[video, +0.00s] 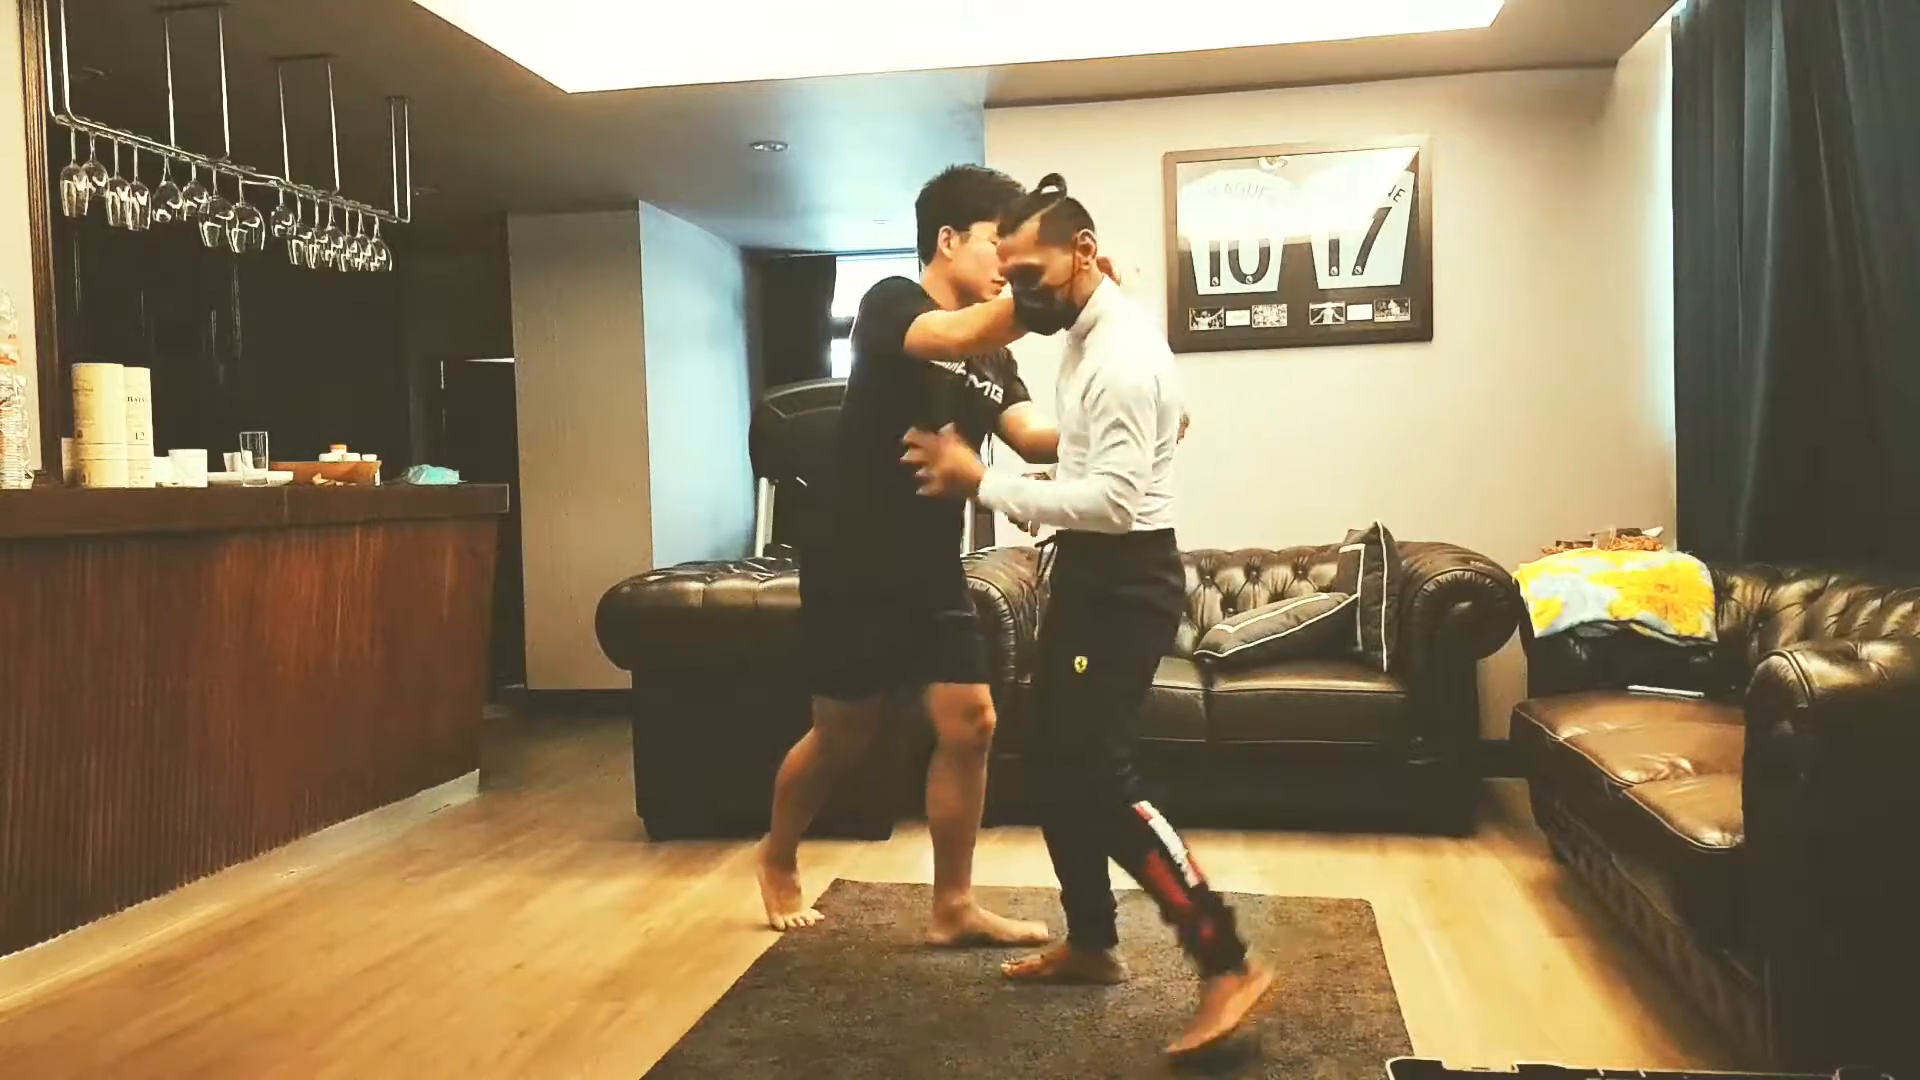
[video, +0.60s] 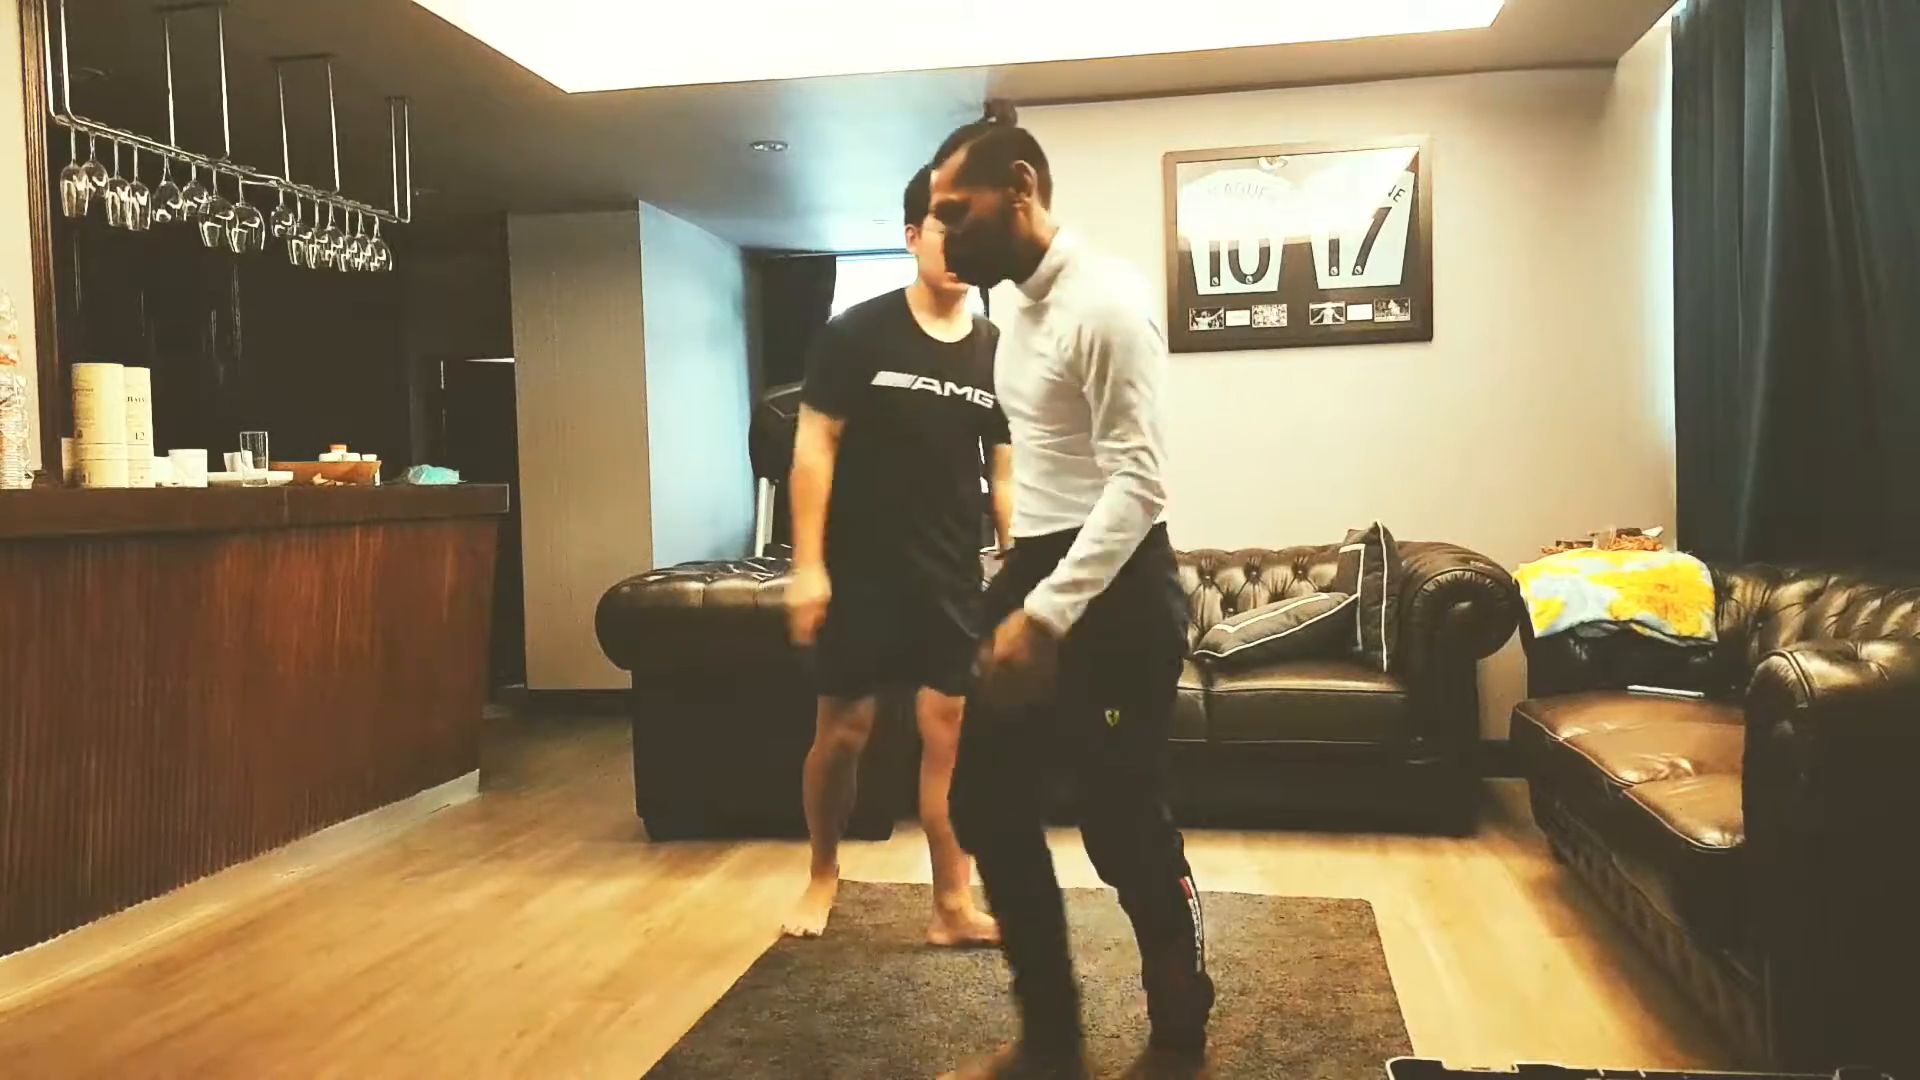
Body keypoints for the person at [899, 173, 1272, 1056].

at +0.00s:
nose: (1021, 290)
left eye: (1030, 271)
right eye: (1015, 274)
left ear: (1081, 252)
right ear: (1067, 259)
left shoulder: (1121, 352)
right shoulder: (1092, 330)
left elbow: (1116, 499)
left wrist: (984, 482)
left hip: (1129, 577)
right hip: (1088, 570)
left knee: (1095, 770)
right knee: (1054, 761)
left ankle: (1229, 967)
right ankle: (1089, 944)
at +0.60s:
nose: (943, 233)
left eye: (956, 210)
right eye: (938, 214)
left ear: (1025, 193)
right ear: (1003, 203)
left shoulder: (1108, 306)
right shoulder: (1011, 302)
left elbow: (1140, 482)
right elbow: (1042, 452)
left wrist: (1046, 611)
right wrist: (1015, 555)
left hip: (1119, 582)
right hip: (1036, 576)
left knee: (1124, 821)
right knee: (990, 809)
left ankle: (1179, 1019)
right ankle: (1050, 1038)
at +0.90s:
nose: (833, 199)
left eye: (849, 178)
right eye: (832, 183)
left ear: (919, 172)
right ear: (909, 179)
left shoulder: (1018, 280)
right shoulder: (896, 317)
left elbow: (1068, 460)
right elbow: (925, 471)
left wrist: (1009, 623)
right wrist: (903, 611)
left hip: (1017, 590)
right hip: (924, 592)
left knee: (1020, 861)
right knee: (904, 869)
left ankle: (1126, 991)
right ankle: (947, 1065)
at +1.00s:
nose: (804, 199)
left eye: (818, 177)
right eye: (802, 183)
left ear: (886, 160)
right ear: (876, 168)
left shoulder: (987, 277)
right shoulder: (858, 325)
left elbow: (1054, 443)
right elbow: (866, 473)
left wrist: (960, 601)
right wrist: (857, 593)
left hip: (969, 596)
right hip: (880, 594)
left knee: (920, 851)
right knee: (869, 855)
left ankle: (1041, 998)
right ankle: (940, 1061)